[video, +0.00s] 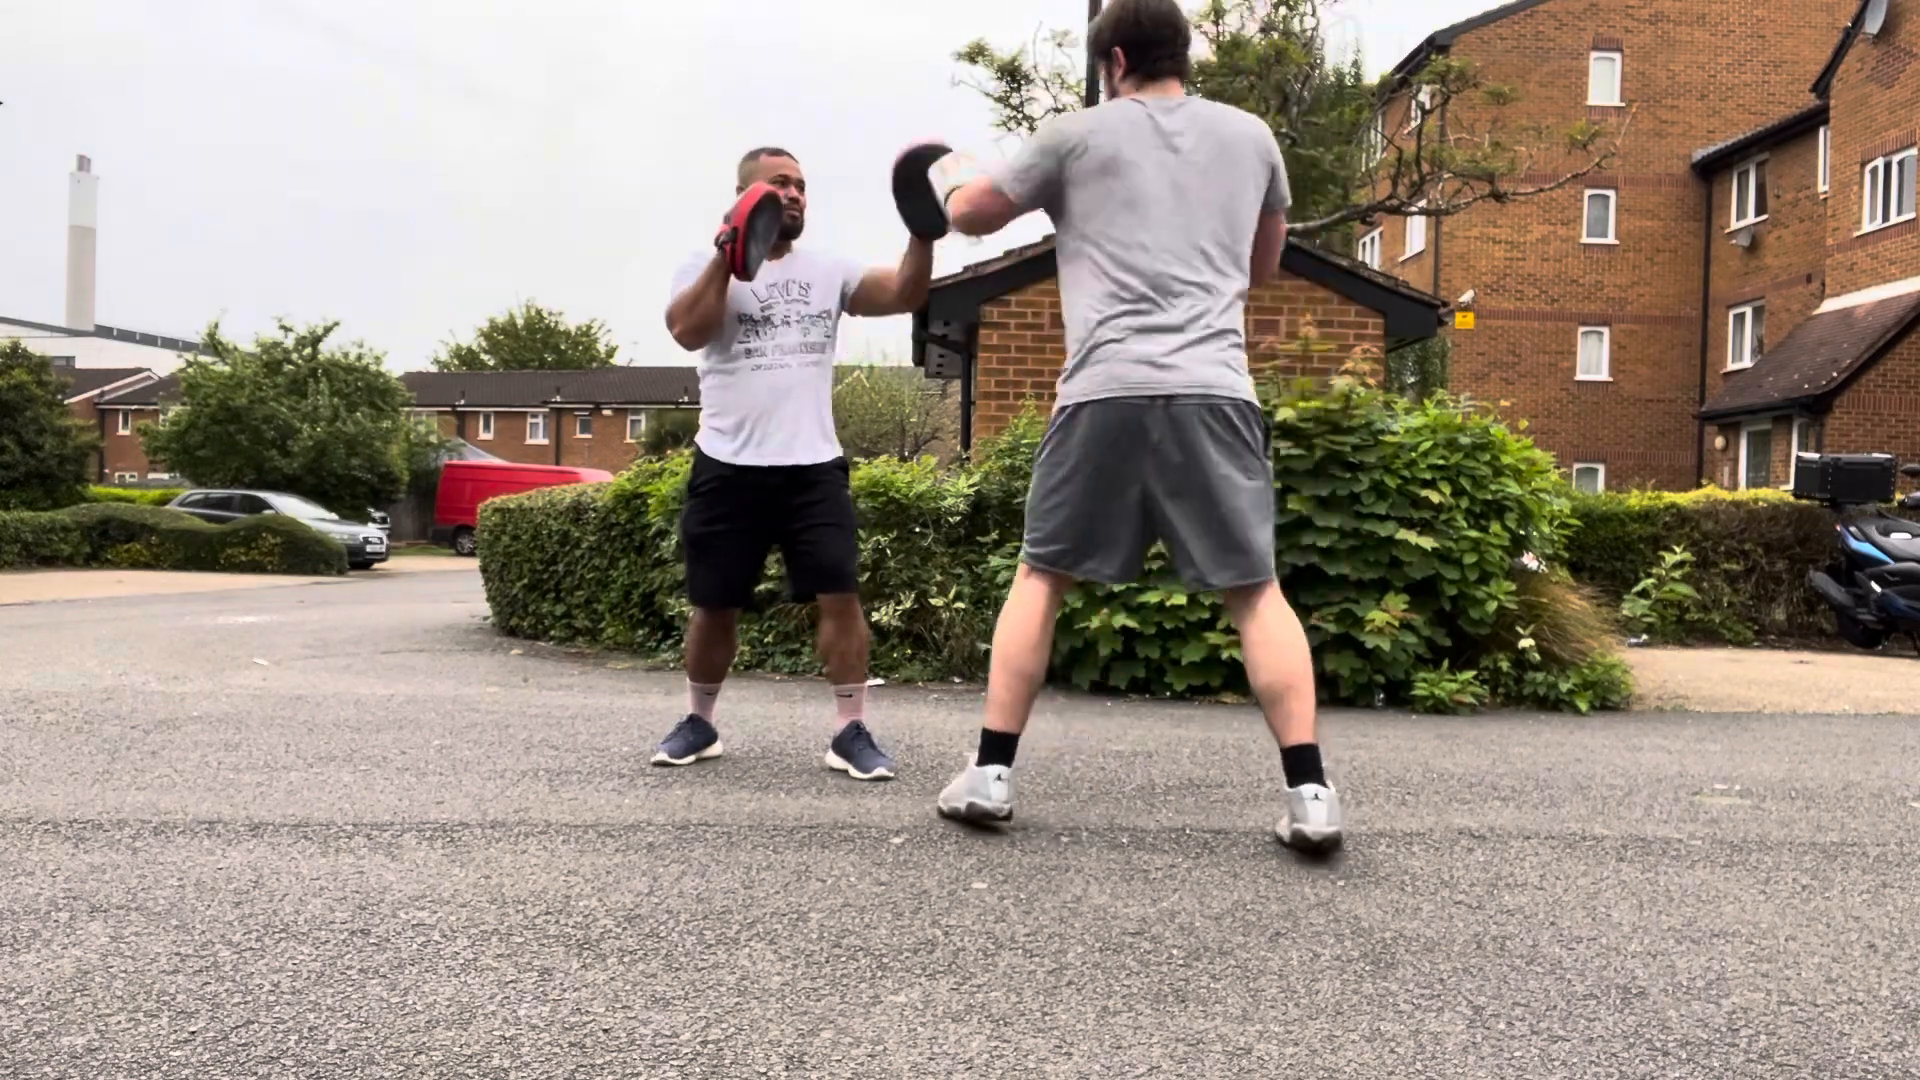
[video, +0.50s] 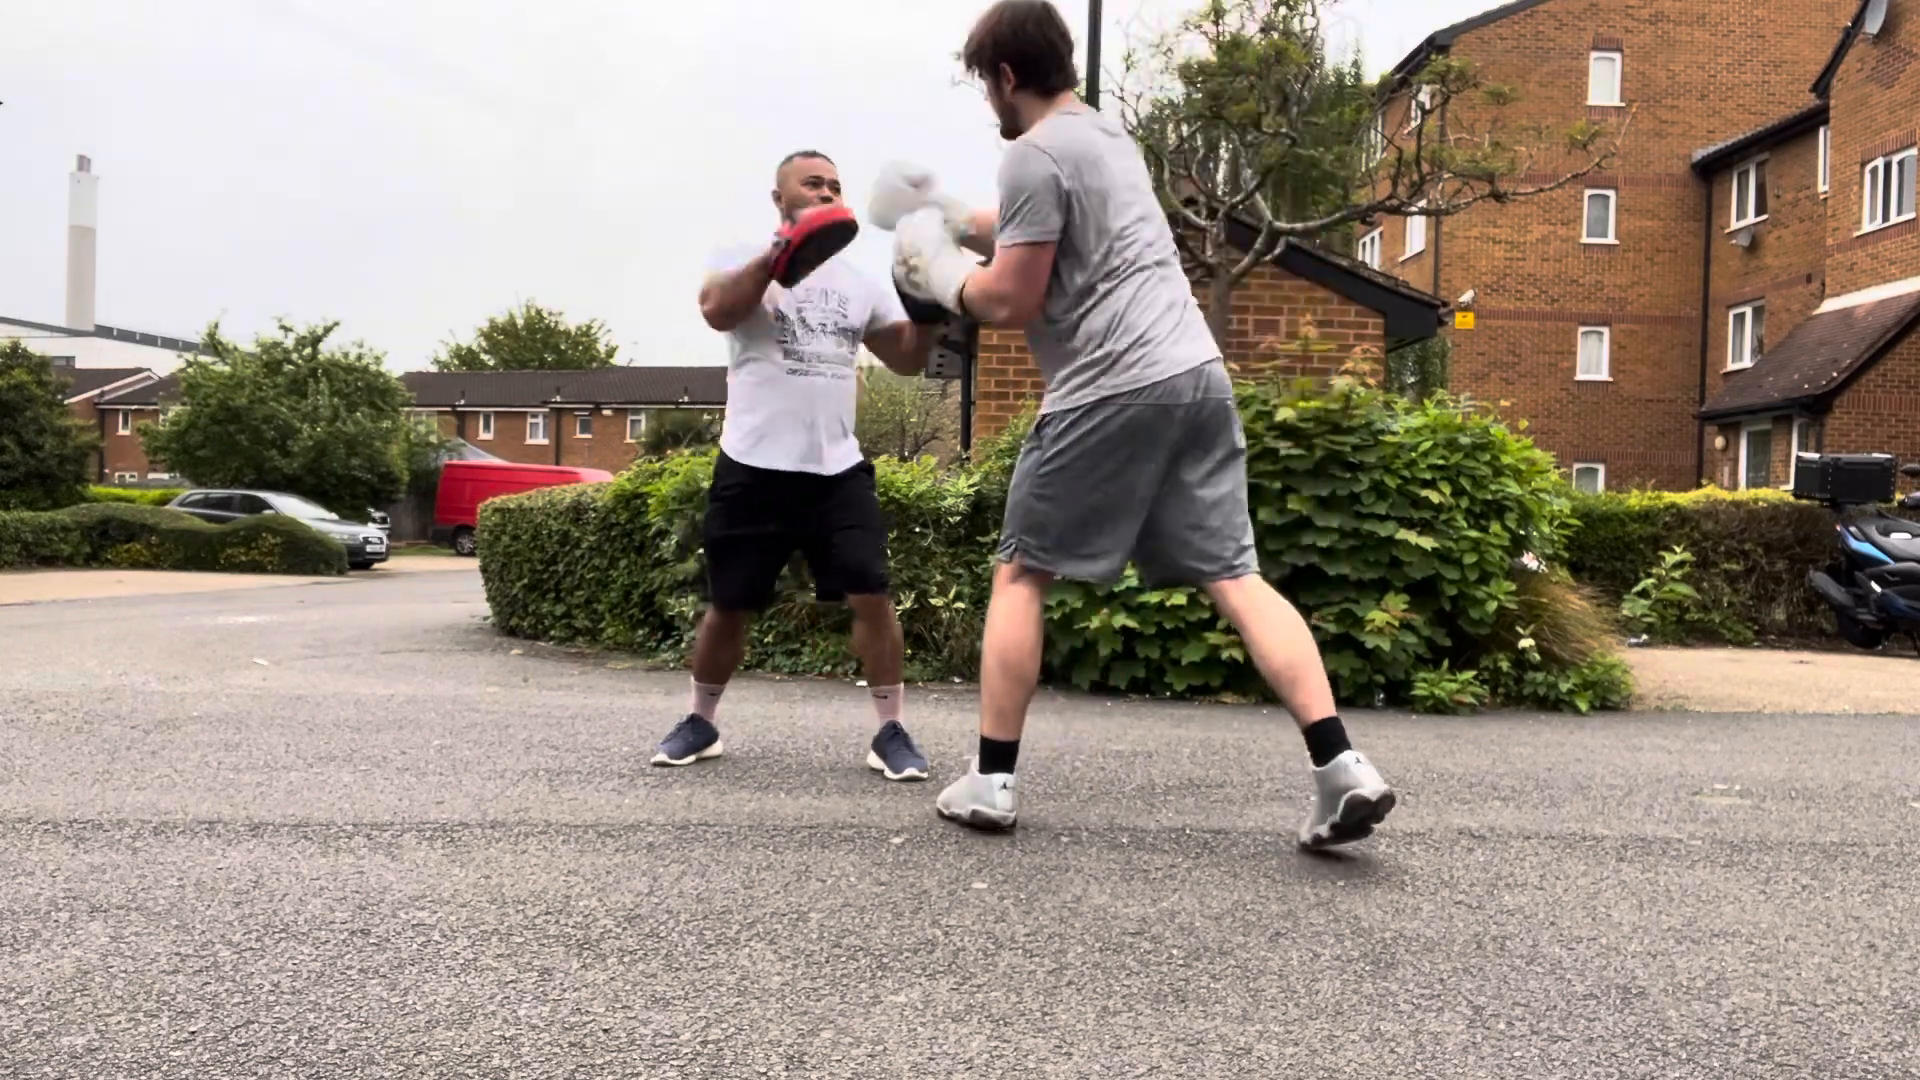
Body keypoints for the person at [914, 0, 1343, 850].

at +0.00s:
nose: (1097, 77)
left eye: (1098, 65)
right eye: (1104, 64)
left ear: (1114, 62)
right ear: (1185, 59)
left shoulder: (1077, 134)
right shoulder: (1253, 135)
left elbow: (970, 216)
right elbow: (1261, 268)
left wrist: (961, 178)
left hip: (1101, 394)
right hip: (1215, 394)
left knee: (1041, 575)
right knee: (1257, 592)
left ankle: (990, 772)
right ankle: (1310, 790)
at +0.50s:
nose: (983, 97)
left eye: (983, 80)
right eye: (981, 80)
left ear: (1006, 74)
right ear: (1057, 67)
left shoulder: (1037, 152)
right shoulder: (1109, 135)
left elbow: (1013, 301)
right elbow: (1047, 237)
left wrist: (953, 283)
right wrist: (953, 216)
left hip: (1109, 389)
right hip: (1199, 375)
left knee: (1021, 572)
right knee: (1236, 575)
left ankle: (991, 780)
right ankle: (1342, 765)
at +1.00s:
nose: (1078, 82)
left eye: (1079, 70)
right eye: (1079, 71)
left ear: (1100, 64)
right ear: (1172, 60)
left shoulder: (1063, 145)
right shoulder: (1240, 144)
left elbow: (1010, 274)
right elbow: (1254, 259)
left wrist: (1090, 224)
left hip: (1096, 408)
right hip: (1212, 403)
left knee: (1025, 580)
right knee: (1272, 594)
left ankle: (997, 783)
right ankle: (1343, 799)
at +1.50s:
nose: (1006, 106)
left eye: (1002, 93)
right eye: (1004, 93)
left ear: (1016, 86)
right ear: (1083, 64)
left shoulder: (1016, 166)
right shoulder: (1181, 125)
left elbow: (981, 319)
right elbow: (1225, 249)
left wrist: (944, 337)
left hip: (1105, 400)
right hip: (1217, 382)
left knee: (1032, 580)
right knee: (1265, 587)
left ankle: (995, 785)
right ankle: (1340, 785)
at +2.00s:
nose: (1188, 41)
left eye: (1188, 28)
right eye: (1191, 30)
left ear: (1206, 21)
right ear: (1284, 20)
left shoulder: (1179, 88)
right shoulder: (1355, 105)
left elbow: (1122, 230)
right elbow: (1322, 212)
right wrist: (1177, 209)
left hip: (1206, 380)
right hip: (1319, 378)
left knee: (1132, 572)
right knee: (1320, 606)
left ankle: (1090, 782)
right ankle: (1333, 826)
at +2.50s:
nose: (1126, 61)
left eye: (1127, 46)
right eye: (1129, 47)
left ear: (1141, 41)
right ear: (1212, 37)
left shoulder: (1104, 116)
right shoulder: (1287, 113)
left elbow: (996, 220)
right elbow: (1300, 247)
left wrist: (1003, 187)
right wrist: (1228, 207)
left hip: (1127, 395)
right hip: (1248, 395)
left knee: (1066, 582)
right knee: (1284, 598)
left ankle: (1006, 779)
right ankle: (1333, 813)